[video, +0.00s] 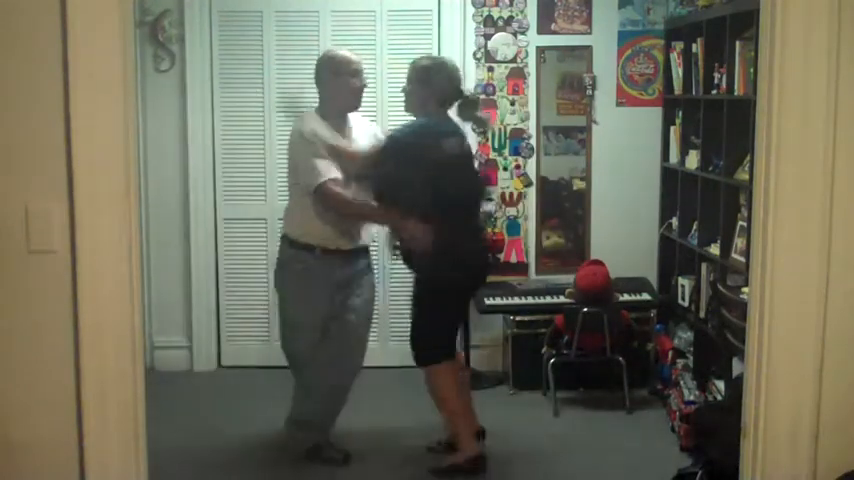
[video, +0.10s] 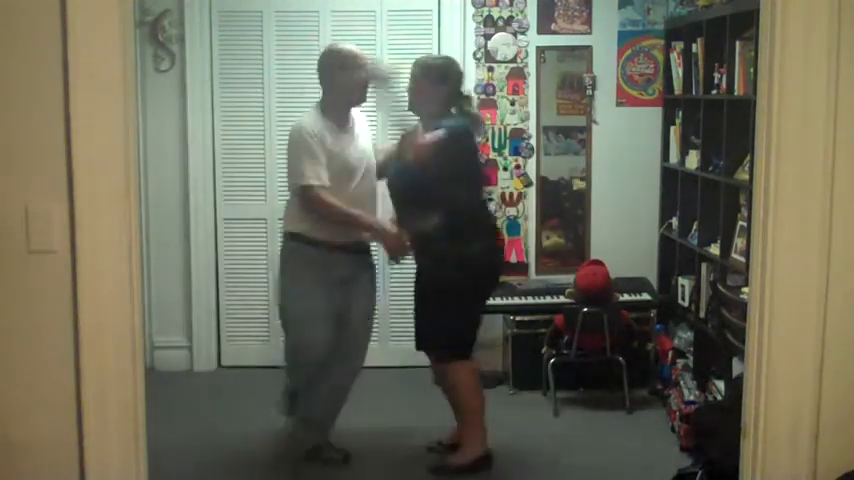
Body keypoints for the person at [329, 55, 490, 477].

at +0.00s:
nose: (403, 90)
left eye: (410, 83)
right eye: (407, 82)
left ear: (427, 91)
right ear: (445, 92)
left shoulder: (412, 138)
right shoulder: (454, 134)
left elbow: (367, 168)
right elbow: (392, 161)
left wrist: (334, 149)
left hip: (438, 257)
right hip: (466, 252)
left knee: (430, 348)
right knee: (444, 343)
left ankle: (467, 448)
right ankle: (466, 426)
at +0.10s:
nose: (410, 90)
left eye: (417, 83)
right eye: (413, 83)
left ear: (438, 89)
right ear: (439, 89)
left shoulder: (450, 135)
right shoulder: (430, 133)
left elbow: (415, 192)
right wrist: (404, 157)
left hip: (463, 252)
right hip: (443, 250)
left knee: (451, 350)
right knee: (439, 347)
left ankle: (475, 445)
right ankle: (466, 431)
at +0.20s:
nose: (437, 94)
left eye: (444, 87)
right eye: (430, 87)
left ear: (458, 90)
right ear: (419, 90)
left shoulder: (477, 128)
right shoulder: (403, 139)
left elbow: (497, 122)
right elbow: (389, 198)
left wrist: (480, 83)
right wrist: (408, 242)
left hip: (481, 253)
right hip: (430, 254)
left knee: (477, 342)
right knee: (435, 343)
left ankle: (487, 431)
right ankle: (462, 424)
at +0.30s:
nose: (457, 95)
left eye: (461, 85)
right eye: (447, 87)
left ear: (470, 89)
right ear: (429, 94)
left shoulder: (493, 126)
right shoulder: (409, 149)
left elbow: (539, 94)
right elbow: (403, 211)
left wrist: (513, 61)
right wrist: (435, 252)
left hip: (489, 247)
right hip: (433, 249)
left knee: (497, 338)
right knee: (439, 344)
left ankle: (485, 421)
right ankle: (444, 422)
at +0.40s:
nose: (489, 85)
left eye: (485, 79)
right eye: (478, 81)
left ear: (478, 89)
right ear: (456, 93)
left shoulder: (504, 122)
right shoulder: (440, 144)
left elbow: (533, 80)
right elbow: (429, 208)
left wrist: (519, 45)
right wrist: (483, 252)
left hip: (491, 245)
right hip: (445, 247)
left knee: (505, 333)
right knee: (453, 342)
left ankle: (490, 427)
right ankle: (430, 422)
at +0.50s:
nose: (507, 100)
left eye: (504, 94)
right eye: (502, 95)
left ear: (468, 97)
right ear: (491, 100)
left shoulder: (474, 135)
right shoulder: (486, 143)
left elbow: (498, 87)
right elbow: (483, 211)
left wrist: (504, 50)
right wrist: (534, 238)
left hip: (473, 251)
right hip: (471, 254)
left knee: (499, 342)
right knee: (486, 348)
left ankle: (490, 433)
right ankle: (430, 407)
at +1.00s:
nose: (486, 90)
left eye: (493, 86)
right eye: (490, 84)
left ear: (508, 94)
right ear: (530, 98)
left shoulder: (486, 119)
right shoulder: (544, 132)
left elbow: (454, 80)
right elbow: (560, 189)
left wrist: (457, 26)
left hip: (500, 247)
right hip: (546, 245)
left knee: (482, 336)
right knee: (533, 330)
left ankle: (527, 412)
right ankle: (558, 416)